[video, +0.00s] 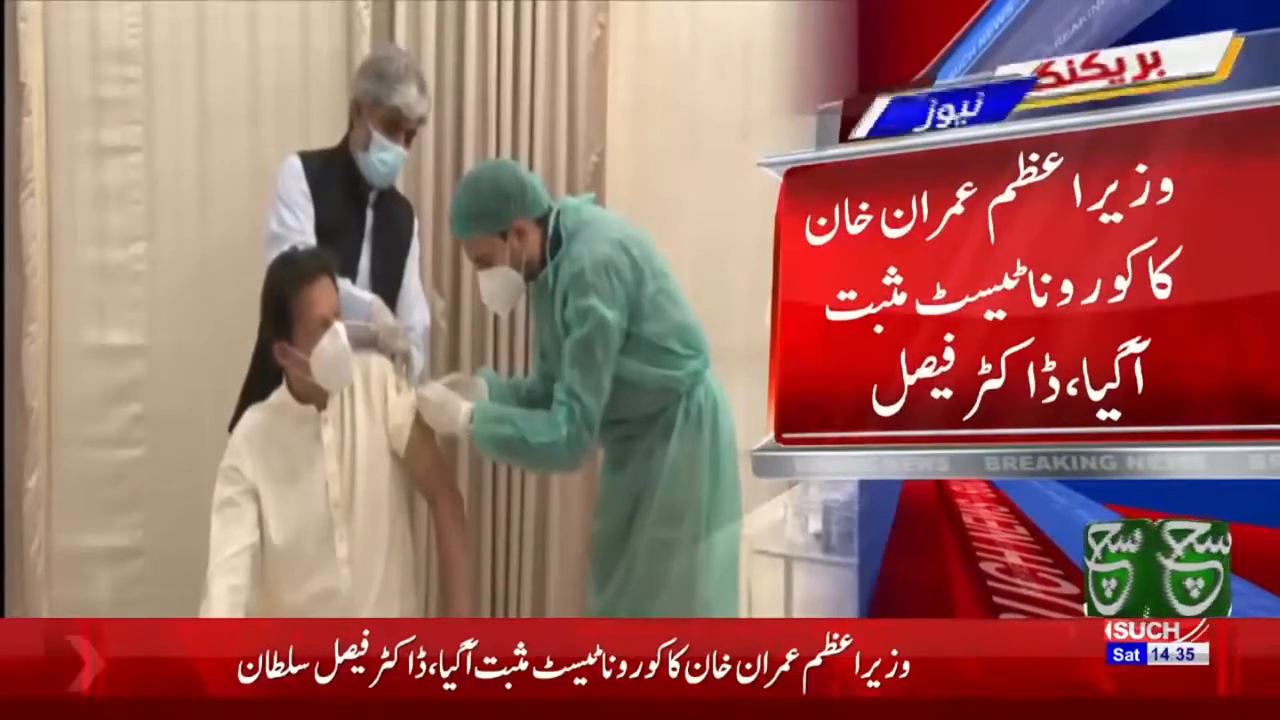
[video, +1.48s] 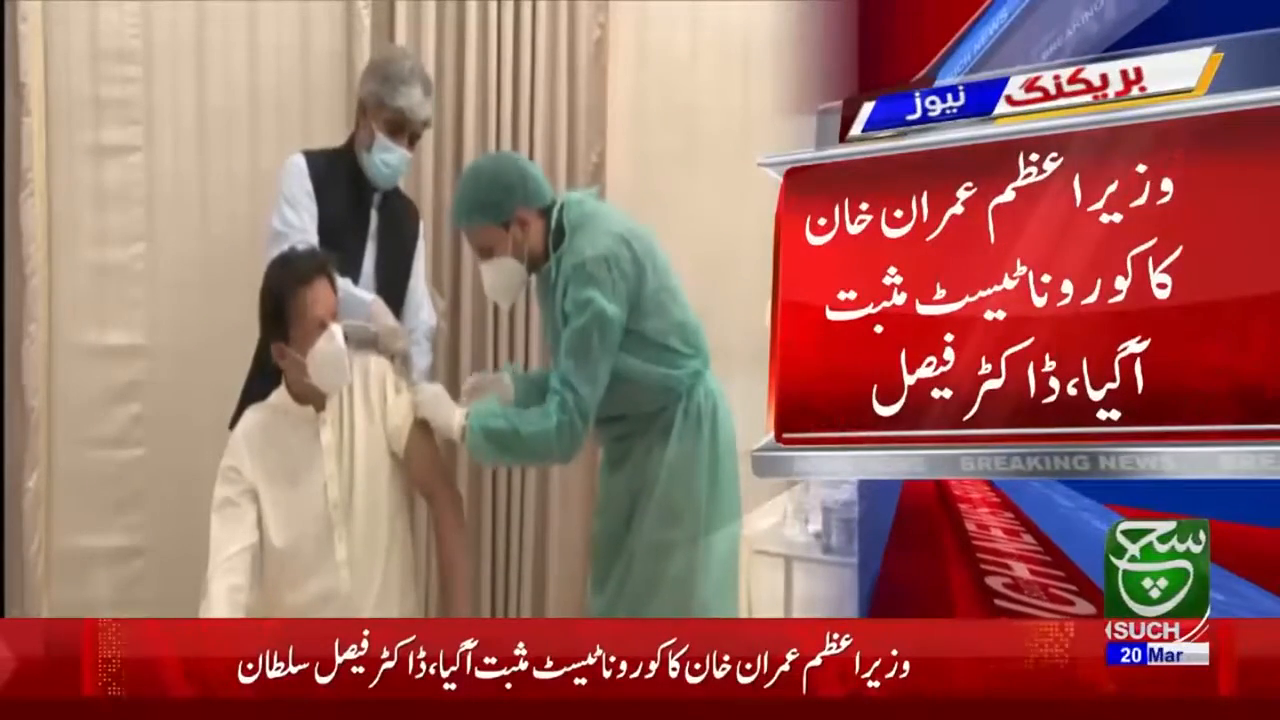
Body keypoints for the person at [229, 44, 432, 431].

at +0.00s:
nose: (399, 147)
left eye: (410, 136)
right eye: (390, 130)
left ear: (419, 133)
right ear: (358, 115)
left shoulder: (402, 214)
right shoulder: (302, 172)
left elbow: (413, 312)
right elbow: (293, 270)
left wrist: (407, 389)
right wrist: (371, 311)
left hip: (370, 385)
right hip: (296, 375)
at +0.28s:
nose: (401, 148)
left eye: (412, 137)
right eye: (392, 131)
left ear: (421, 135)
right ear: (360, 115)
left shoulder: (403, 215)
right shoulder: (303, 172)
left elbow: (414, 315)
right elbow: (293, 269)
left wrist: (403, 386)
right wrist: (370, 309)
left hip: (370, 387)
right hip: (295, 376)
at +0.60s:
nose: (402, 149)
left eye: (413, 138)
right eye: (393, 131)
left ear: (422, 135)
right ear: (362, 115)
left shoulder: (404, 216)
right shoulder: (304, 172)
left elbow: (414, 316)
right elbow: (293, 268)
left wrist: (404, 390)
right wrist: (370, 309)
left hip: (370, 388)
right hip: (296, 377)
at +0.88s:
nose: (406, 151)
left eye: (415, 139)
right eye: (396, 133)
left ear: (424, 134)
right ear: (364, 119)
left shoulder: (404, 215)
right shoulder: (306, 172)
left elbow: (415, 312)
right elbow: (298, 274)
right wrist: (379, 320)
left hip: (372, 395)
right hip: (293, 385)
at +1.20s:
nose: (402, 151)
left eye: (413, 139)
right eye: (393, 132)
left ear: (422, 137)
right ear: (362, 116)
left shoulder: (407, 216)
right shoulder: (306, 172)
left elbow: (416, 316)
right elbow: (292, 267)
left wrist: (411, 393)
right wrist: (369, 308)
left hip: (370, 388)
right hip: (297, 377)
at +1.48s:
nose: (402, 151)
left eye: (414, 139)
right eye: (393, 132)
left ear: (423, 136)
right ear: (363, 116)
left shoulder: (408, 216)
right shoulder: (306, 172)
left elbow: (418, 319)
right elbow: (292, 267)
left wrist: (410, 395)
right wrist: (369, 309)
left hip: (371, 389)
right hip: (297, 378)